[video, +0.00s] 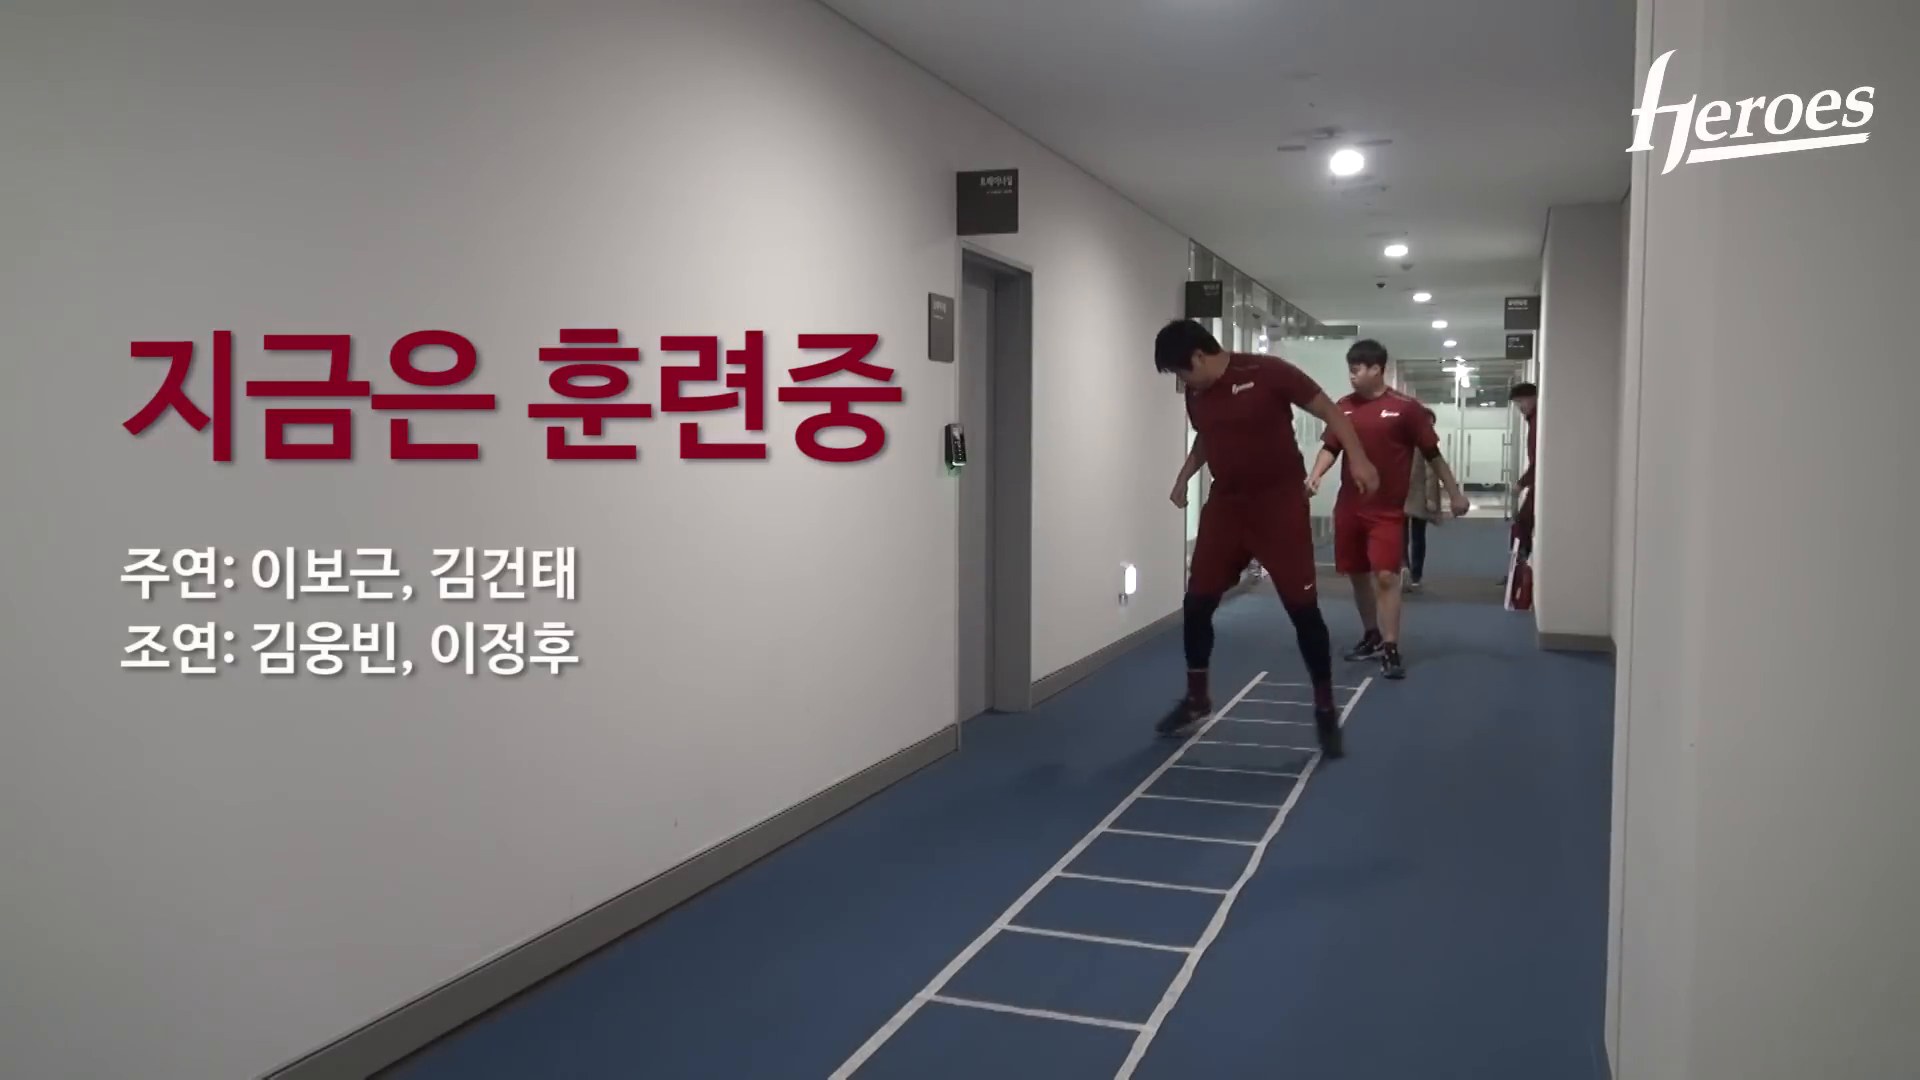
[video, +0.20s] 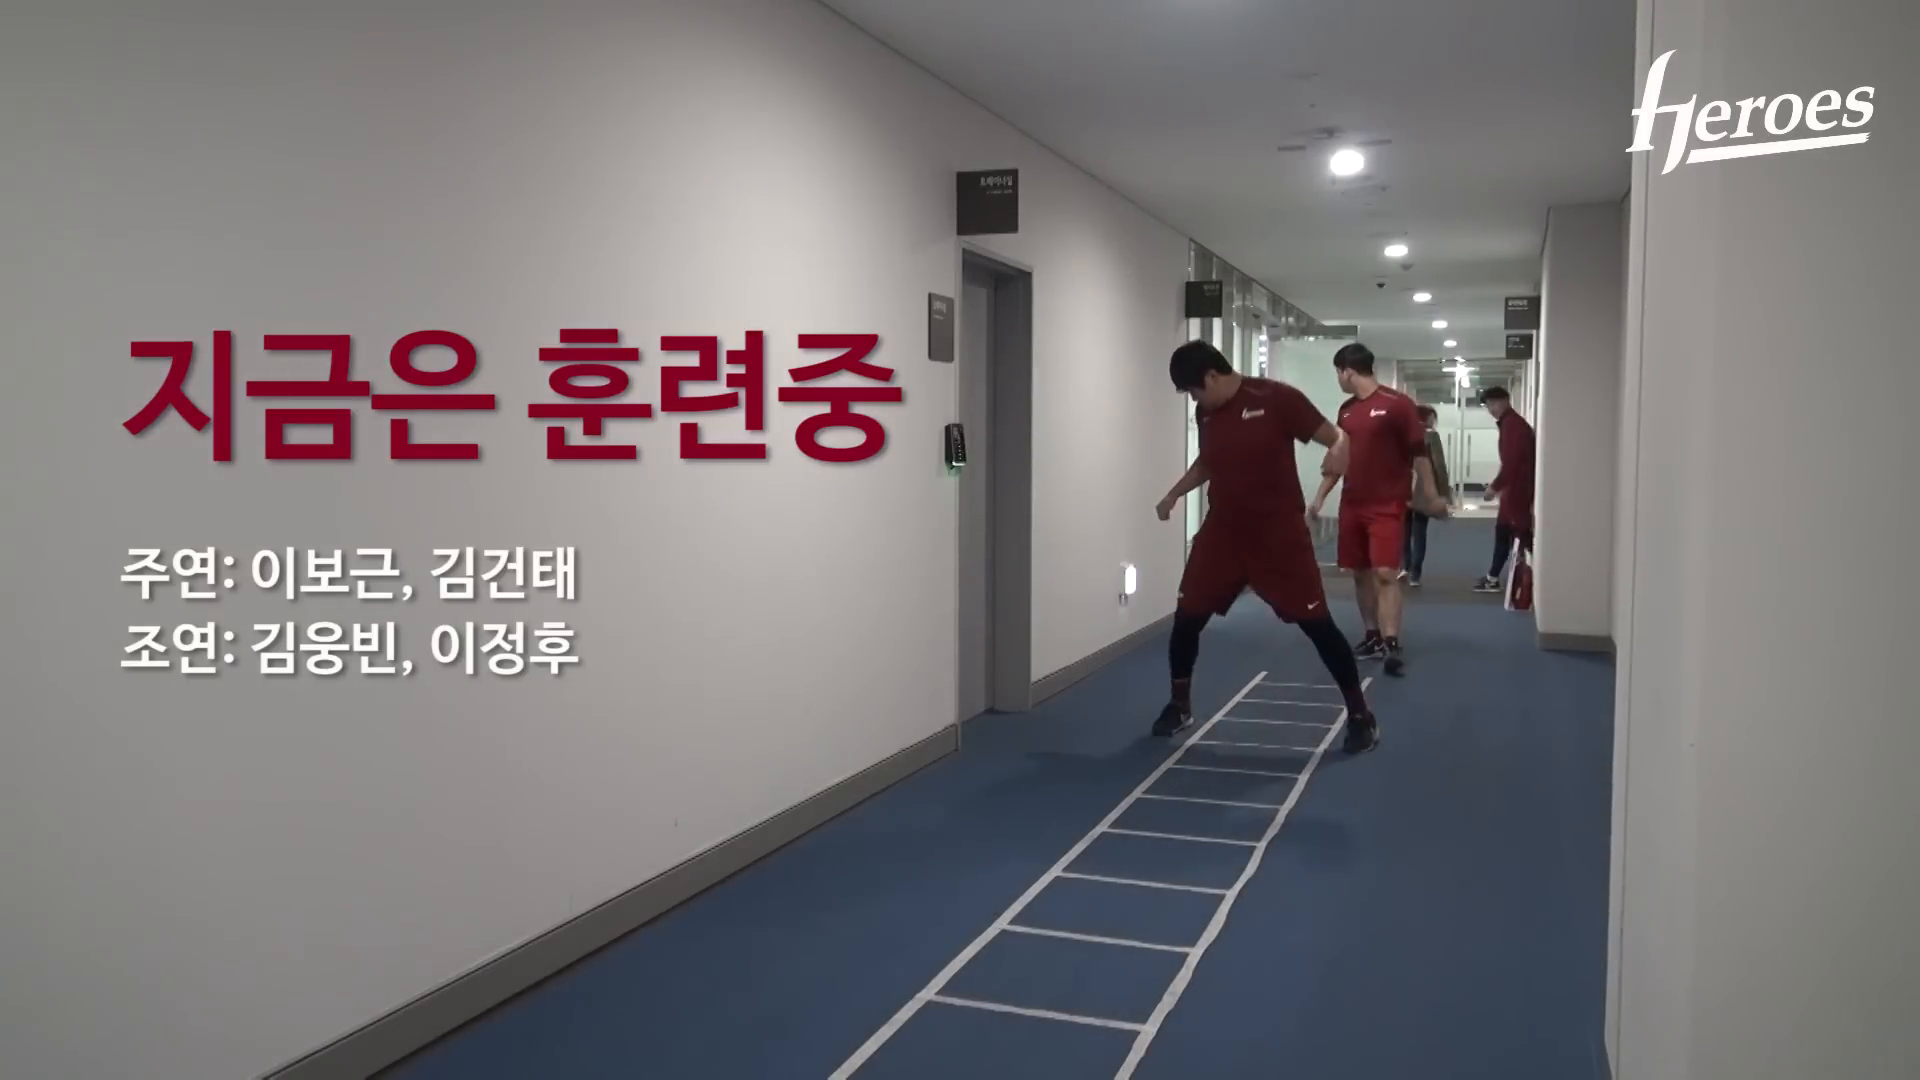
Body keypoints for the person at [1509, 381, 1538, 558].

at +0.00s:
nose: (1520, 407)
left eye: (1522, 402)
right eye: (1518, 403)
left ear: (1533, 399)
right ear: (1520, 403)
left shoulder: (1537, 421)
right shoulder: (1533, 421)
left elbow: (1537, 462)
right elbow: (1534, 461)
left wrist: (1521, 482)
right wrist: (1522, 482)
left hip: (1538, 484)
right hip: (1535, 483)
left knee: (1524, 522)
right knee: (1523, 522)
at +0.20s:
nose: (1490, 410)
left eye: (1491, 405)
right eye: (1488, 406)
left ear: (1501, 403)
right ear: (1502, 403)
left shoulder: (1510, 425)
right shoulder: (1515, 422)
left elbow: (1511, 463)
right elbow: (1513, 463)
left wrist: (1495, 486)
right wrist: (1498, 485)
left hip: (1516, 489)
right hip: (1523, 488)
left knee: (1503, 530)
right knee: (1524, 532)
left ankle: (1493, 577)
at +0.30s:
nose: (1477, 408)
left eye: (1479, 403)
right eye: (1475, 404)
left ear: (1490, 400)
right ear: (1489, 402)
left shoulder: (1497, 423)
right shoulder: (1497, 422)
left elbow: (1499, 460)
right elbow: (1500, 459)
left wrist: (1488, 486)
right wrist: (1489, 484)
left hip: (1506, 484)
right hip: (1507, 483)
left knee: (1494, 528)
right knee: (1494, 527)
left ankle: (1492, 577)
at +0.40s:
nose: (1466, 405)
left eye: (1468, 400)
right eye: (1465, 401)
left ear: (1480, 399)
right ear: (1474, 401)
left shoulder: (1486, 422)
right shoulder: (1483, 421)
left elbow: (1490, 457)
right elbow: (1487, 456)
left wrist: (1479, 485)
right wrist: (1479, 483)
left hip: (1493, 484)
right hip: (1492, 483)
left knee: (1472, 528)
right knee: (1486, 529)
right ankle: (1491, 574)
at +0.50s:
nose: (1455, 404)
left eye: (1458, 399)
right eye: (1454, 400)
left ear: (1469, 398)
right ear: (1458, 401)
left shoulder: (1477, 423)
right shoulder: (1469, 423)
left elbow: (1482, 457)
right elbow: (1464, 458)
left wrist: (1470, 482)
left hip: (1479, 485)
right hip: (1481, 486)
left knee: (1451, 525)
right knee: (1483, 530)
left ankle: (1469, 571)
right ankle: (1491, 576)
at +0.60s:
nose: (1444, 405)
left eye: (1447, 400)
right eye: (1442, 401)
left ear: (1457, 400)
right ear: (1445, 402)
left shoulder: (1465, 424)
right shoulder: (1455, 424)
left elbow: (1470, 457)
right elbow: (1446, 456)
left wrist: (1462, 484)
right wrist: (1422, 471)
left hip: (1467, 486)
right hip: (1467, 485)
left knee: (1443, 526)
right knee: (1475, 530)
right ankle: (1489, 575)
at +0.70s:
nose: (1432, 407)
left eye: (1435, 402)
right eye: (1429, 403)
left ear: (1445, 403)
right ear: (1428, 405)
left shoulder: (1451, 428)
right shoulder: (1440, 427)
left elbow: (1457, 461)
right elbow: (1432, 455)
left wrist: (1455, 490)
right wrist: (1413, 465)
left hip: (1449, 488)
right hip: (1448, 487)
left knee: (1430, 528)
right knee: (1459, 533)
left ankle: (1419, 571)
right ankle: (1485, 572)